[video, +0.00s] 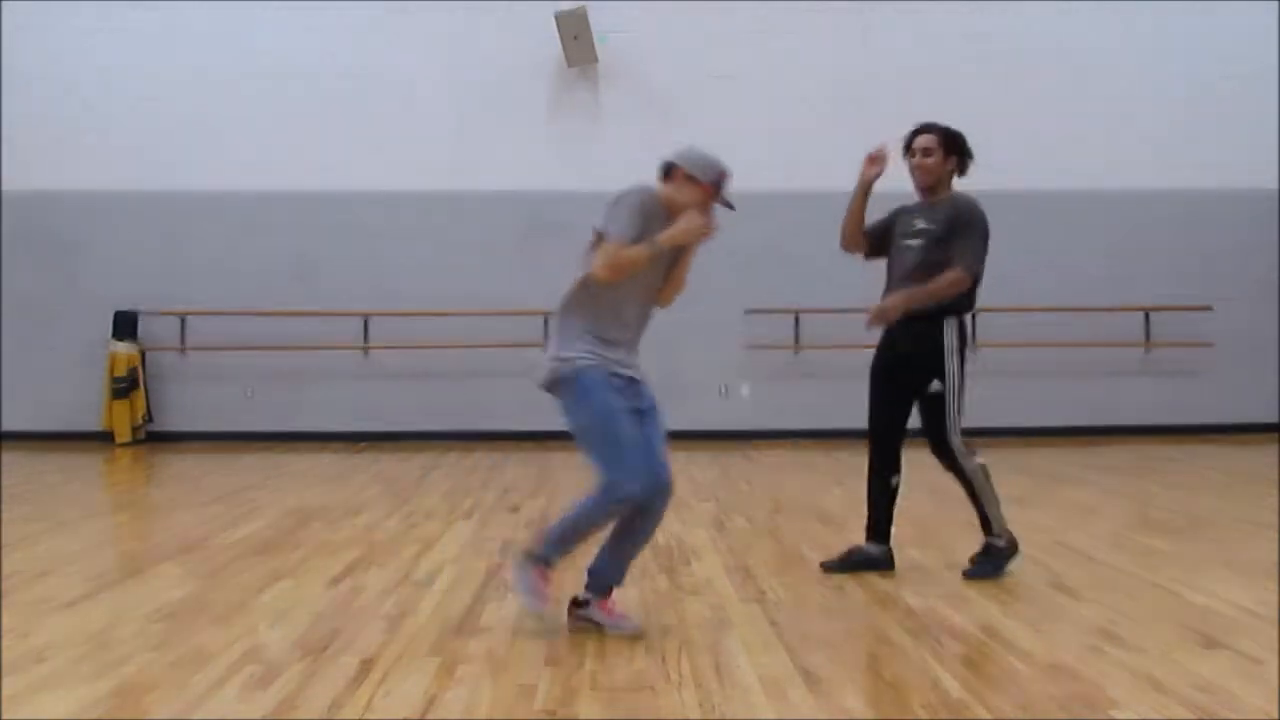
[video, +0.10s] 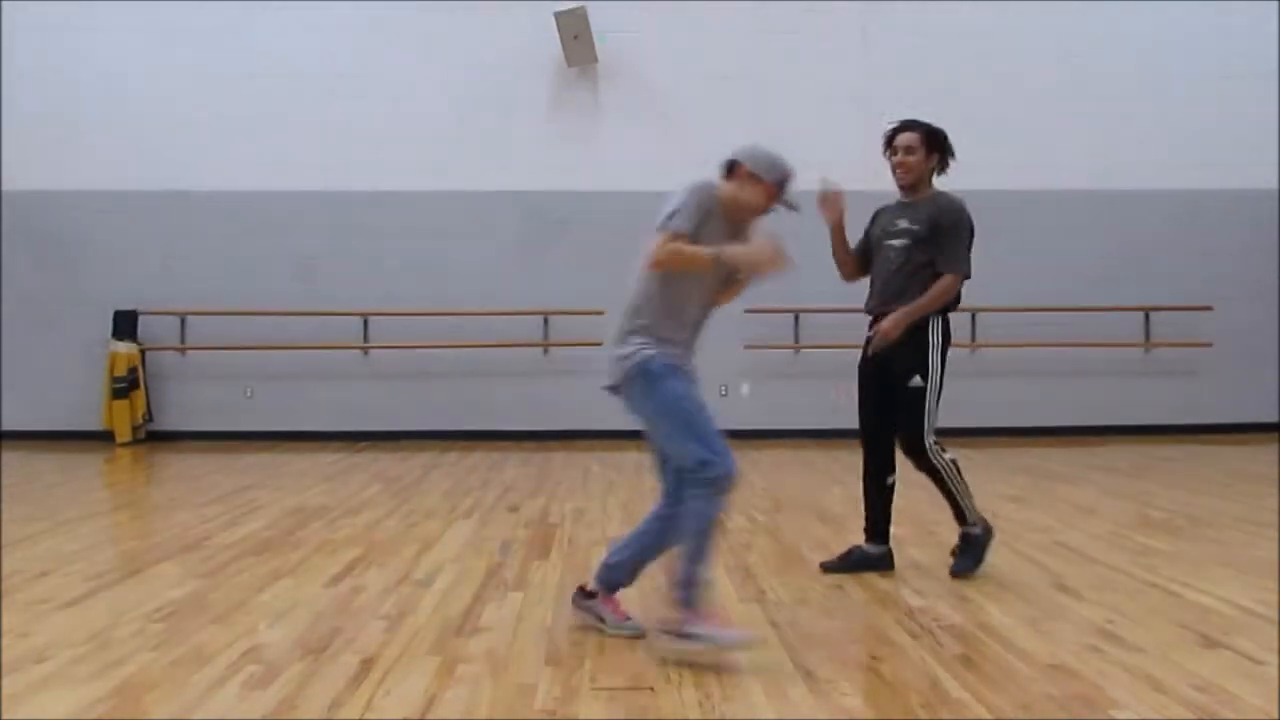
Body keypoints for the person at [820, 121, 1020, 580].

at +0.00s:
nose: (918, 162)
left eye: (928, 153)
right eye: (913, 154)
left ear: (952, 162)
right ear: (908, 163)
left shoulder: (966, 215)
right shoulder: (903, 217)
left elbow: (962, 278)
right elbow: (853, 242)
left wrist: (901, 300)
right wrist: (864, 185)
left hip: (940, 335)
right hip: (898, 336)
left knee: (946, 442)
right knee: (883, 442)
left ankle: (1000, 538)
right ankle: (877, 544)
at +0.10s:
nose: (899, 160)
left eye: (910, 152)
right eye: (894, 153)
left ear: (934, 160)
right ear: (889, 161)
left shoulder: (949, 212)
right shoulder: (883, 216)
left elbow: (951, 283)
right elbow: (851, 270)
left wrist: (903, 318)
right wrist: (836, 226)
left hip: (922, 333)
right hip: (881, 333)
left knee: (918, 442)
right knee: (876, 443)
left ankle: (974, 528)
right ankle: (877, 545)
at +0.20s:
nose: (885, 160)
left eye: (895, 151)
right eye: (879, 152)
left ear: (919, 157)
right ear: (873, 159)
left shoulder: (937, 209)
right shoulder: (871, 214)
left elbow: (950, 276)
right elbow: (852, 279)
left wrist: (896, 312)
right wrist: (825, 261)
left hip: (915, 330)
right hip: (873, 331)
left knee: (902, 440)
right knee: (869, 441)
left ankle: (936, 540)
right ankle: (875, 543)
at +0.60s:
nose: (863, 167)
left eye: (872, 157)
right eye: (856, 158)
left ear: (896, 156)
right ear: (850, 161)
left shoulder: (917, 204)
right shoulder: (850, 211)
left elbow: (919, 276)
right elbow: (839, 281)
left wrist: (844, 261)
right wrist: (831, 260)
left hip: (896, 325)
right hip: (856, 325)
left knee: (891, 436)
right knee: (858, 437)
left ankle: (889, 551)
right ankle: (872, 542)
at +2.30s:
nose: (848, 143)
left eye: (854, 134)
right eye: (836, 139)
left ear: (867, 144)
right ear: (824, 157)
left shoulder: (904, 192)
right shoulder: (822, 213)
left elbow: (950, 237)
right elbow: (819, 281)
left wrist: (915, 255)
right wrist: (795, 242)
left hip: (890, 329)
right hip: (844, 333)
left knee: (890, 448)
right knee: (849, 447)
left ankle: (892, 557)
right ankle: (862, 548)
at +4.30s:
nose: (841, 145)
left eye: (852, 137)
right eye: (839, 138)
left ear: (880, 150)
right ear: (841, 151)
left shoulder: (897, 196)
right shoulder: (844, 205)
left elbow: (930, 257)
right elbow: (845, 270)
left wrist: (866, 271)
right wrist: (814, 255)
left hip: (879, 329)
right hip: (842, 330)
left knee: (877, 445)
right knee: (841, 444)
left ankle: (893, 557)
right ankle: (859, 550)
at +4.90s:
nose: (858, 151)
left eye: (869, 143)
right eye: (854, 144)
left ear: (897, 149)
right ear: (852, 151)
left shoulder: (917, 197)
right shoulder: (853, 207)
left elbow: (940, 267)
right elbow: (856, 277)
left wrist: (878, 273)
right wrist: (824, 277)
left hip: (908, 332)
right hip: (865, 335)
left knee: (925, 449)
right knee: (852, 447)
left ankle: (961, 571)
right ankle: (860, 555)